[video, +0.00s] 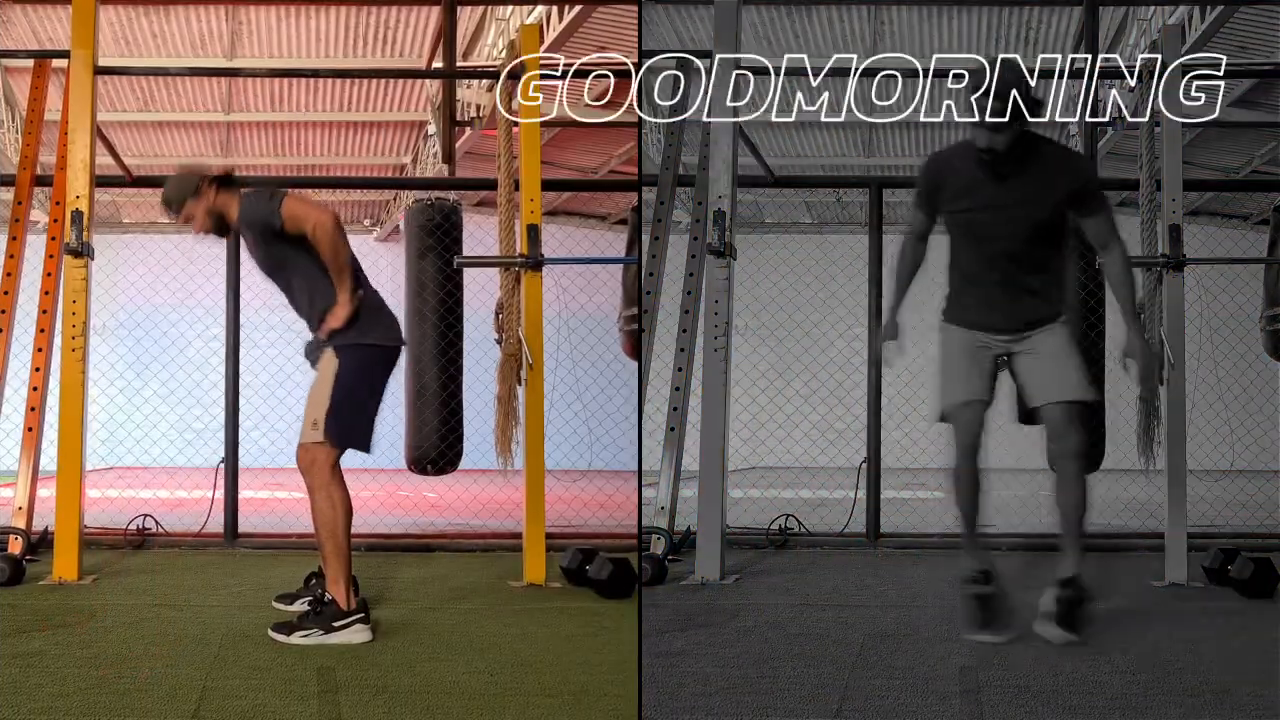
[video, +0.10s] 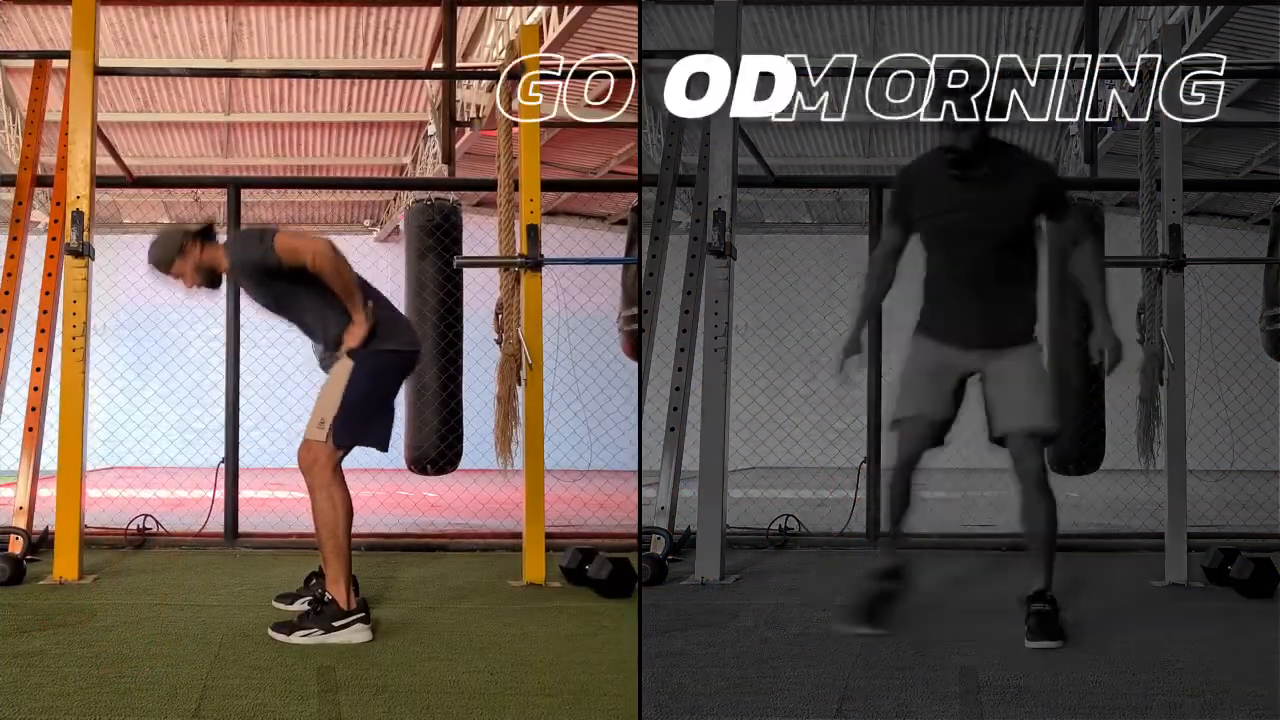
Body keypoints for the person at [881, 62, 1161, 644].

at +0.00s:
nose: (986, 138)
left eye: (998, 127)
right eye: (979, 126)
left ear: (1023, 120)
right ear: (968, 118)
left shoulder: (1065, 169)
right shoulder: (943, 168)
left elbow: (1109, 248)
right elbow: (916, 237)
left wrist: (1135, 331)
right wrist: (892, 310)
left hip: (1045, 326)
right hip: (967, 325)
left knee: (1068, 442)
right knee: (965, 439)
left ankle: (1070, 577)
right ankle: (975, 564)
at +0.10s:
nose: (951, 127)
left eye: (962, 117)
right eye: (944, 116)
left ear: (988, 117)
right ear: (934, 118)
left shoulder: (1028, 173)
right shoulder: (920, 176)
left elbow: (1079, 241)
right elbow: (886, 253)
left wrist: (1102, 321)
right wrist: (858, 326)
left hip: (1011, 342)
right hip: (939, 340)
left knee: (1031, 469)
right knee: (904, 455)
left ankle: (1042, 595)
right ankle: (890, 567)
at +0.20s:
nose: (922, 127)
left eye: (932, 116)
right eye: (913, 116)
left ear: (951, 118)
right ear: (901, 120)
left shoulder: (986, 177)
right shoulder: (878, 182)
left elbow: (1035, 252)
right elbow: (853, 262)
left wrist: (1067, 330)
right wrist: (829, 330)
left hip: (969, 353)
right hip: (894, 351)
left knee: (1008, 475)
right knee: (849, 468)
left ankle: (1039, 598)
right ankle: (824, 582)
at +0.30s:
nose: (888, 127)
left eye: (900, 117)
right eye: (880, 116)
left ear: (917, 116)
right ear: (865, 112)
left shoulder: (939, 171)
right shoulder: (832, 170)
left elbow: (983, 246)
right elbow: (800, 253)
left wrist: (1013, 314)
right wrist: (805, 320)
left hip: (916, 348)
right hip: (844, 347)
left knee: (956, 465)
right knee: (818, 469)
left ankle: (1014, 590)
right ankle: (814, 588)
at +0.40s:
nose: (851, 122)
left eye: (862, 111)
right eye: (841, 110)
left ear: (879, 109)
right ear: (824, 109)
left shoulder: (908, 162)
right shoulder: (797, 160)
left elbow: (941, 235)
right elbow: (756, 236)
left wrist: (962, 309)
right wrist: (770, 301)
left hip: (878, 324)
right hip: (808, 323)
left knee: (887, 441)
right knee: (793, 449)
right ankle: (803, 576)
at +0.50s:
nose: (806, 149)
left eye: (816, 138)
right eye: (798, 136)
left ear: (840, 135)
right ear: (788, 133)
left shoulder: (878, 180)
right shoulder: (766, 178)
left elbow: (911, 241)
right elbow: (724, 257)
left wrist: (916, 314)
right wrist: (719, 330)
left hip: (848, 330)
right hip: (778, 325)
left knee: (829, 454)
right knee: (734, 439)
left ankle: (804, 576)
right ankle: (738, 543)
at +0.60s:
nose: (759, 220)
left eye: (767, 209)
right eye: (751, 208)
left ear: (790, 201)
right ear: (741, 201)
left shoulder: (839, 226)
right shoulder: (727, 231)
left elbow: (884, 265)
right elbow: (691, 318)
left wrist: (882, 345)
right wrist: (678, 400)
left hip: (813, 359)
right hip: (743, 349)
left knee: (795, 471)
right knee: (685, 446)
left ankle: (775, 595)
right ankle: (650, 549)